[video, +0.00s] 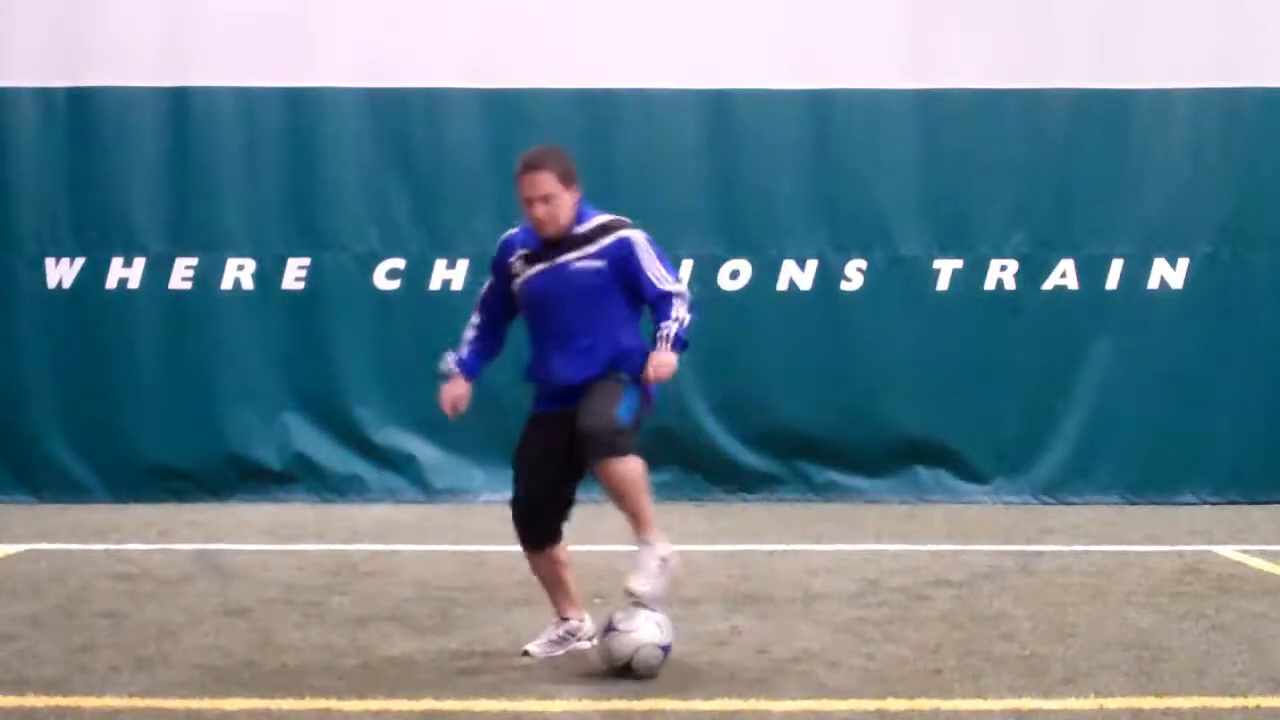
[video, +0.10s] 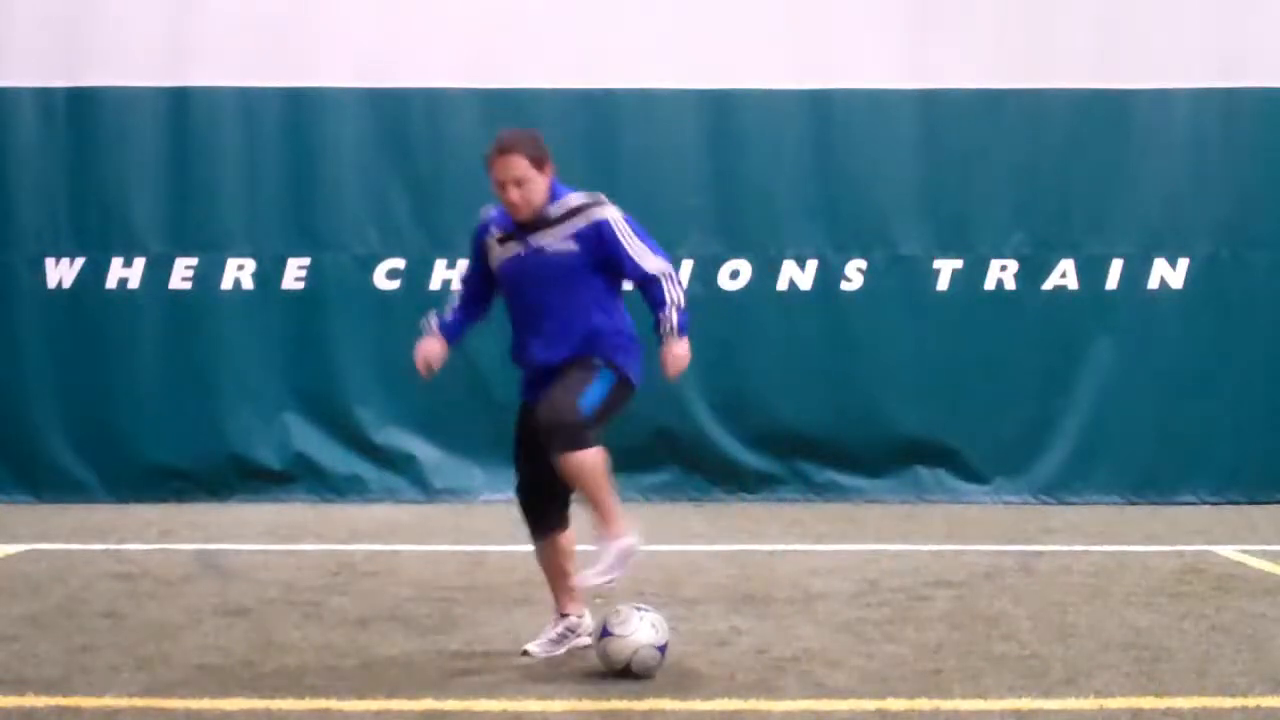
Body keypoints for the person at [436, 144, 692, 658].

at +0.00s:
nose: (537, 212)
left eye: (546, 199)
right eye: (528, 202)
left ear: (573, 193)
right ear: (520, 201)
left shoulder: (618, 236)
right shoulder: (515, 252)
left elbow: (673, 297)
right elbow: (490, 317)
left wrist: (667, 346)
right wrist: (462, 371)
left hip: (615, 377)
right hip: (555, 393)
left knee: (600, 432)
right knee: (531, 511)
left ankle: (654, 547)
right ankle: (572, 621)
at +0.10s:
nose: (510, 197)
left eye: (520, 183)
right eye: (501, 187)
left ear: (547, 173)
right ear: (493, 185)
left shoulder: (592, 215)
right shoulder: (492, 232)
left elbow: (658, 270)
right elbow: (474, 294)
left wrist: (673, 332)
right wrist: (442, 333)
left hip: (601, 359)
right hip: (542, 374)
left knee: (558, 421)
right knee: (538, 495)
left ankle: (618, 536)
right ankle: (572, 617)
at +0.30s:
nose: (471, 197)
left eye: (480, 184)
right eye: (462, 187)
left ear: (507, 173)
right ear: (454, 185)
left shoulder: (552, 213)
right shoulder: (459, 225)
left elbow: (625, 261)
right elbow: (437, 267)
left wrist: (659, 328)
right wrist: (405, 299)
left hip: (563, 378)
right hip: (517, 381)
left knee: (517, 491)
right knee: (503, 489)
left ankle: (506, 639)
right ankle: (621, 522)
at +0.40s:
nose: (453, 234)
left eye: (462, 220)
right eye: (444, 223)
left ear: (490, 209)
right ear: (436, 219)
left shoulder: (532, 258)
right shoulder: (450, 256)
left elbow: (590, 325)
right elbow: (426, 288)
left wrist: (626, 394)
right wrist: (388, 316)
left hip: (548, 408)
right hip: (506, 408)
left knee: (488, 512)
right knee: (507, 515)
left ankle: (506, 645)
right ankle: (620, 518)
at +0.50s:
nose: (448, 251)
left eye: (457, 238)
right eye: (439, 241)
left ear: (484, 224)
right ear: (429, 234)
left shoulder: (524, 269)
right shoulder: (437, 270)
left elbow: (568, 341)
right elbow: (411, 304)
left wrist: (586, 417)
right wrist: (375, 336)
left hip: (538, 417)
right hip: (501, 419)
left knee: (486, 520)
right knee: (497, 523)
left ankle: (506, 645)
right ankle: (616, 547)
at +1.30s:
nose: (670, 197)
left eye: (681, 186)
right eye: (660, 187)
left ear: (701, 185)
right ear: (645, 186)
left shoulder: (733, 234)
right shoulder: (619, 230)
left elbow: (771, 302)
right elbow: (582, 289)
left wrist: (784, 362)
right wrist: (569, 341)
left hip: (705, 390)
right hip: (634, 381)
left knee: (724, 520)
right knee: (612, 439)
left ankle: (728, 629)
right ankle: (633, 576)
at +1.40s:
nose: (705, 185)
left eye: (715, 173)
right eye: (694, 173)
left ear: (732, 168)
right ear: (675, 168)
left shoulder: (762, 209)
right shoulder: (643, 216)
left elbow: (799, 264)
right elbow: (597, 279)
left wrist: (797, 310)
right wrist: (578, 341)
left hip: (733, 362)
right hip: (666, 354)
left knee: (740, 498)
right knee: (676, 420)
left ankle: (729, 621)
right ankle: (673, 538)